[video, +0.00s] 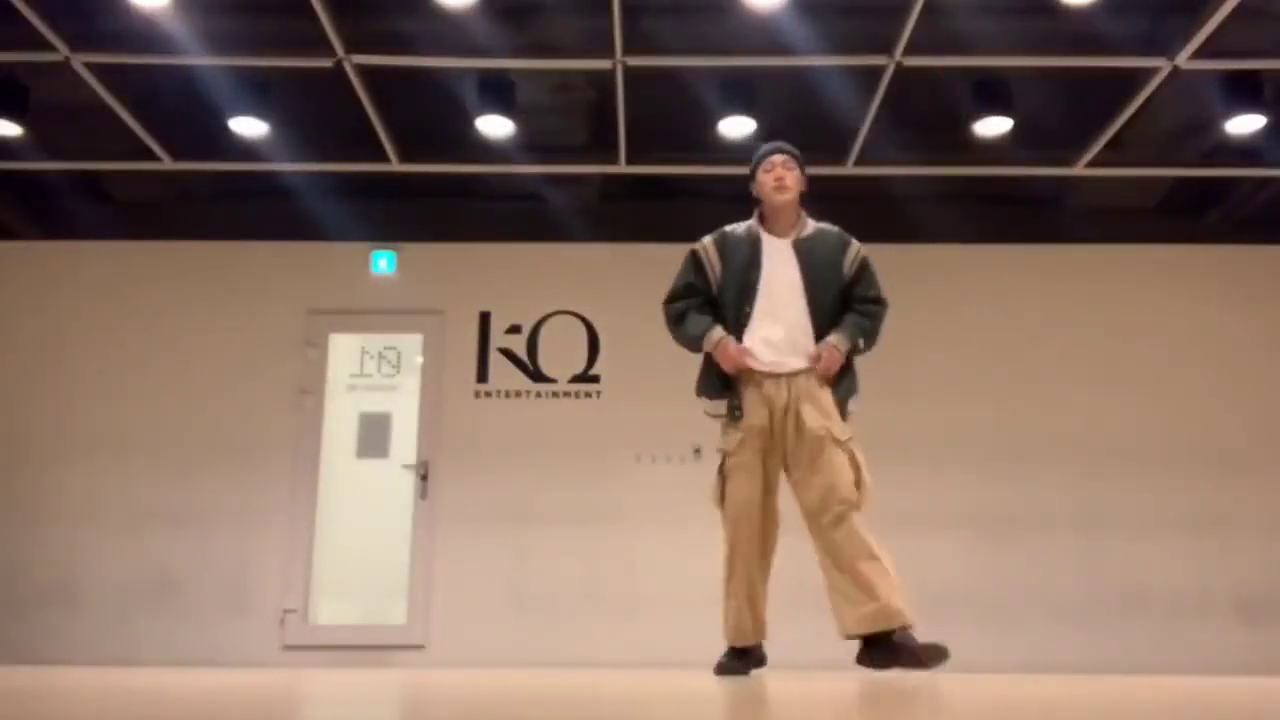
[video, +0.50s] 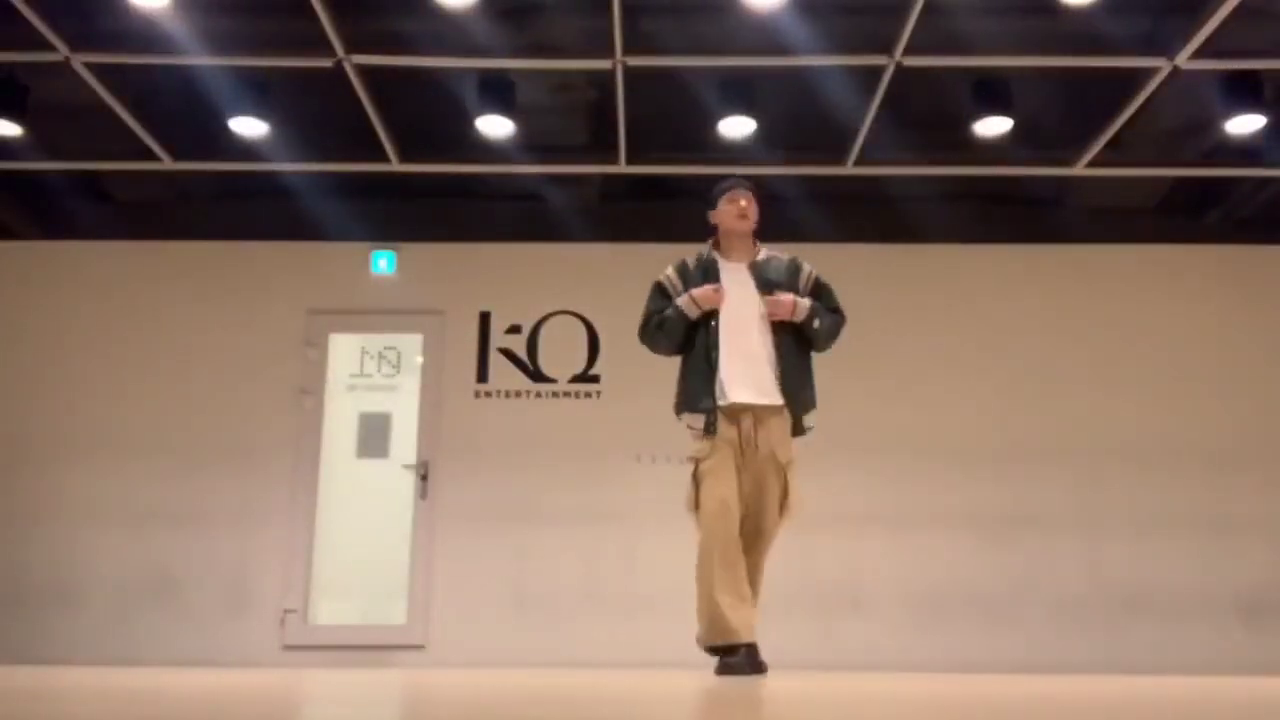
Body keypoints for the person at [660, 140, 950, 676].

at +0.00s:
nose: (778, 174)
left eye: (787, 167)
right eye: (768, 169)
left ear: (804, 184)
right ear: (754, 188)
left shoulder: (837, 245)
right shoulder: (722, 246)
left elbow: (870, 306)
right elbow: (681, 305)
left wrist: (840, 342)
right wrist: (716, 341)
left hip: (812, 390)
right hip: (747, 392)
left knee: (836, 511)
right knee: (745, 519)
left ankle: (882, 633)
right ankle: (744, 643)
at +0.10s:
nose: (760, 176)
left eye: (768, 170)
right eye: (749, 172)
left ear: (783, 186)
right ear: (735, 191)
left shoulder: (820, 243)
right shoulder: (706, 249)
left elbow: (853, 298)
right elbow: (668, 308)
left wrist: (829, 331)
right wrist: (707, 327)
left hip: (802, 392)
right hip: (738, 395)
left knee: (823, 512)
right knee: (744, 521)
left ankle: (851, 636)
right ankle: (743, 643)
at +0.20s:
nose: (743, 193)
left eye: (751, 187)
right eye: (733, 189)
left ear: (767, 202)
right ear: (719, 209)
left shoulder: (805, 259)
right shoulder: (694, 269)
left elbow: (845, 311)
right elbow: (659, 331)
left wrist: (815, 338)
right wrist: (706, 325)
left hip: (792, 410)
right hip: (727, 415)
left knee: (814, 528)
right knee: (735, 538)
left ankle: (816, 644)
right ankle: (743, 651)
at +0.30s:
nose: (735, 199)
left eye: (743, 193)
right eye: (724, 196)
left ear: (758, 207)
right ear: (711, 217)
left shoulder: (797, 263)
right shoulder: (689, 275)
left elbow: (838, 317)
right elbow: (656, 339)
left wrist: (806, 327)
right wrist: (699, 320)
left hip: (783, 414)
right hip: (718, 419)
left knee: (792, 525)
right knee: (724, 534)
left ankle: (783, 636)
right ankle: (738, 648)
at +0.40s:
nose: (735, 197)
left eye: (742, 191)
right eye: (724, 193)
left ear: (756, 206)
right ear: (710, 215)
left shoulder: (793, 261)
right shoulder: (687, 271)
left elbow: (833, 318)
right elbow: (659, 336)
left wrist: (805, 310)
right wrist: (693, 308)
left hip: (778, 410)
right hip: (716, 412)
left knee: (770, 523)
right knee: (721, 522)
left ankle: (757, 639)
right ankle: (739, 642)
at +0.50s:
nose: (742, 205)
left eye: (748, 199)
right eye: (731, 200)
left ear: (759, 214)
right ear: (713, 217)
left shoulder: (792, 271)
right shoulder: (685, 275)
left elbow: (831, 327)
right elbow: (655, 337)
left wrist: (802, 312)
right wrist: (689, 306)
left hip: (773, 416)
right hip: (715, 416)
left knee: (760, 527)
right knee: (719, 520)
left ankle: (727, 630)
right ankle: (735, 641)